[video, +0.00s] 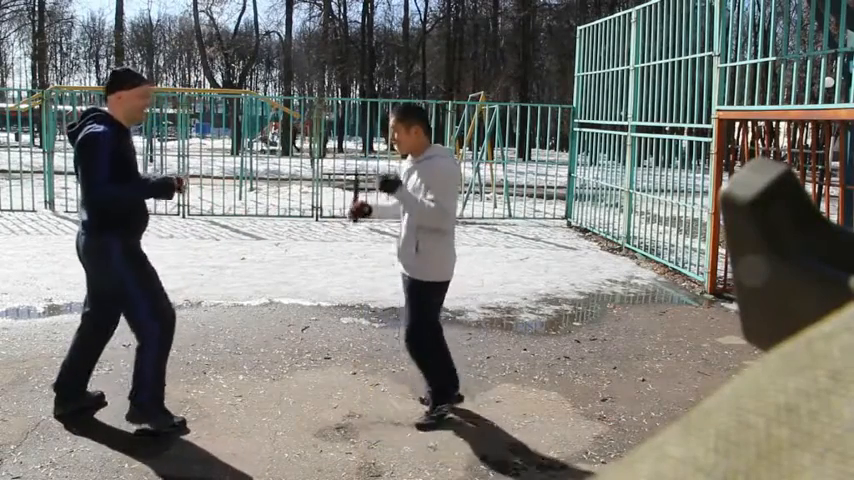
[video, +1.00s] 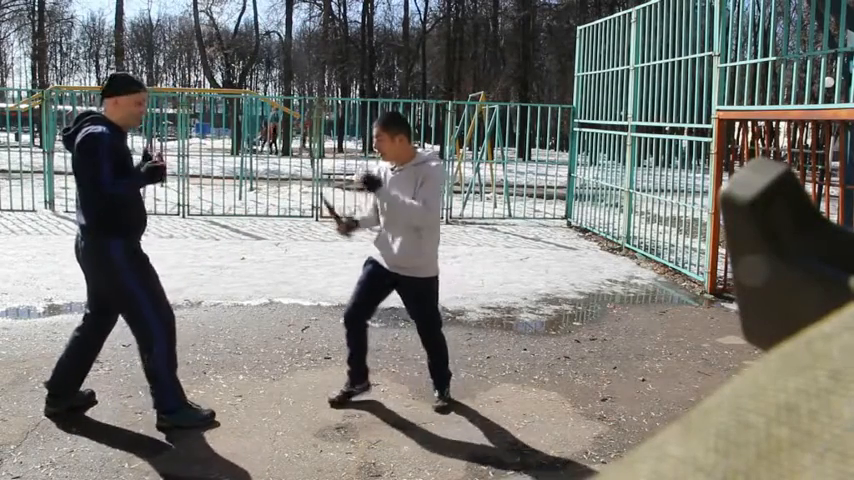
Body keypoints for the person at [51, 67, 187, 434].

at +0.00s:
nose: (148, 106)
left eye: (149, 99)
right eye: (143, 98)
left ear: (121, 99)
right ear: (119, 97)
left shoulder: (110, 131)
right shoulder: (100, 134)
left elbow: (118, 184)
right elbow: (104, 193)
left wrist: (160, 186)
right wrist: (158, 188)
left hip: (103, 244)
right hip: (112, 247)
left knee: (99, 320)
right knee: (158, 319)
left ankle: (70, 397)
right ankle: (147, 406)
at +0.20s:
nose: (147, 105)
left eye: (148, 98)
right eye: (142, 97)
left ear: (118, 98)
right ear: (117, 97)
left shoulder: (113, 132)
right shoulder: (101, 134)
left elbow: (115, 186)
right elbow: (102, 195)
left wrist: (152, 181)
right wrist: (152, 185)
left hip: (108, 243)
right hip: (112, 247)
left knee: (99, 321)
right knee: (150, 324)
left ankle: (69, 397)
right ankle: (166, 411)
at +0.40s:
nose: (152, 105)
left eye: (153, 98)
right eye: (148, 98)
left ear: (124, 99)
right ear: (124, 98)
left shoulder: (111, 130)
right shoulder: (112, 134)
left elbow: (118, 190)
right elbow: (117, 194)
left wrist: (161, 188)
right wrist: (163, 189)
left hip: (105, 244)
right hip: (122, 248)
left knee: (104, 320)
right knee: (159, 324)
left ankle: (70, 396)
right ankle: (166, 411)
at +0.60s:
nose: (155, 108)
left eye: (155, 101)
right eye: (151, 101)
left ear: (124, 98)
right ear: (127, 98)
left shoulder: (106, 129)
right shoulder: (118, 134)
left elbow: (117, 185)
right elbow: (126, 190)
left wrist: (154, 177)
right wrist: (160, 178)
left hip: (100, 244)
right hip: (125, 248)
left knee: (107, 314)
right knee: (159, 324)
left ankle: (67, 388)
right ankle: (166, 411)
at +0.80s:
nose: (147, 114)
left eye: (148, 107)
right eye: (142, 107)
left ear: (117, 105)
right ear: (118, 104)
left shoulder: (104, 134)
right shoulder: (102, 139)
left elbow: (113, 188)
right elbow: (116, 193)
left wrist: (137, 159)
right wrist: (143, 159)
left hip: (96, 248)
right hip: (113, 251)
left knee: (96, 319)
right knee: (162, 320)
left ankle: (61, 395)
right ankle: (170, 410)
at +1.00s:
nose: (143, 111)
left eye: (144, 104)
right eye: (138, 104)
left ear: (113, 104)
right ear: (114, 102)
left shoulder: (107, 135)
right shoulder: (98, 138)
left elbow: (114, 184)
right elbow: (107, 193)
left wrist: (144, 170)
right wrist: (146, 175)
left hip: (102, 247)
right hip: (114, 250)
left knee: (99, 319)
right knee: (157, 321)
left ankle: (61, 394)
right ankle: (173, 409)